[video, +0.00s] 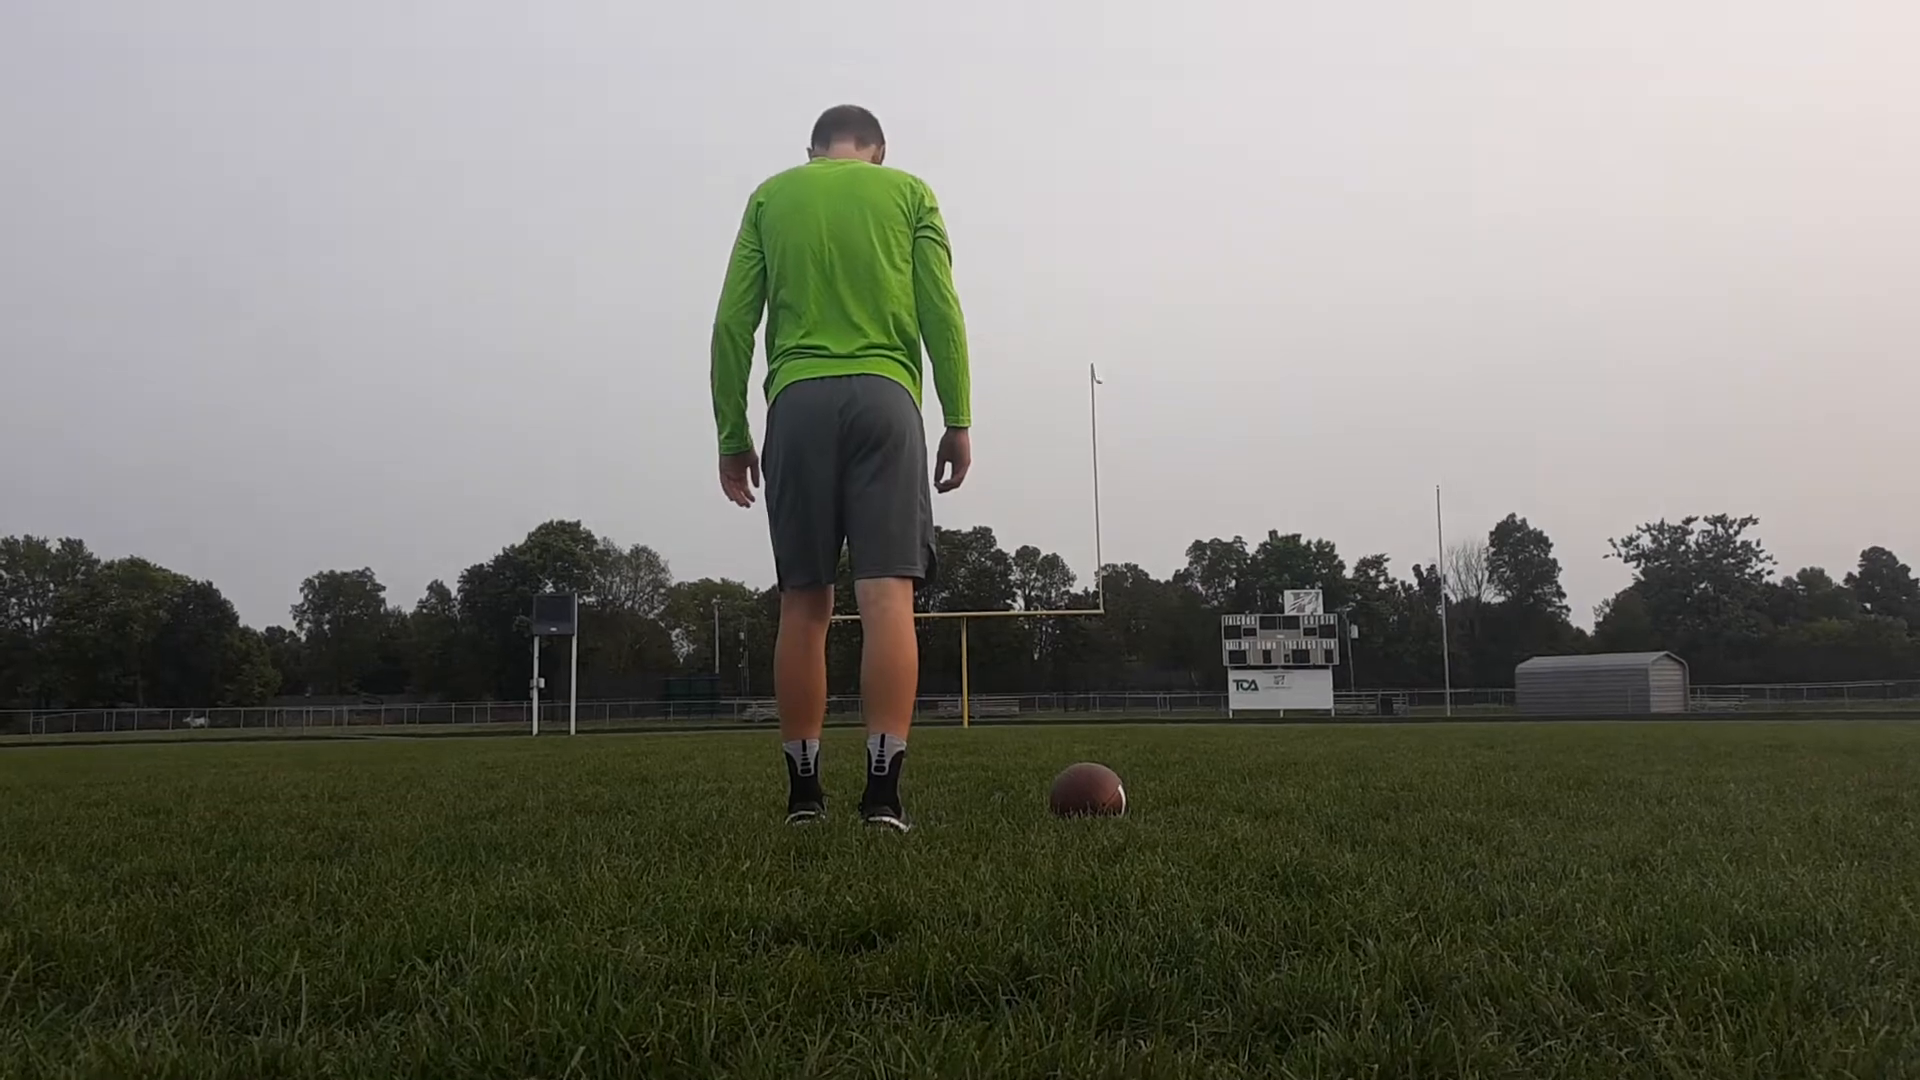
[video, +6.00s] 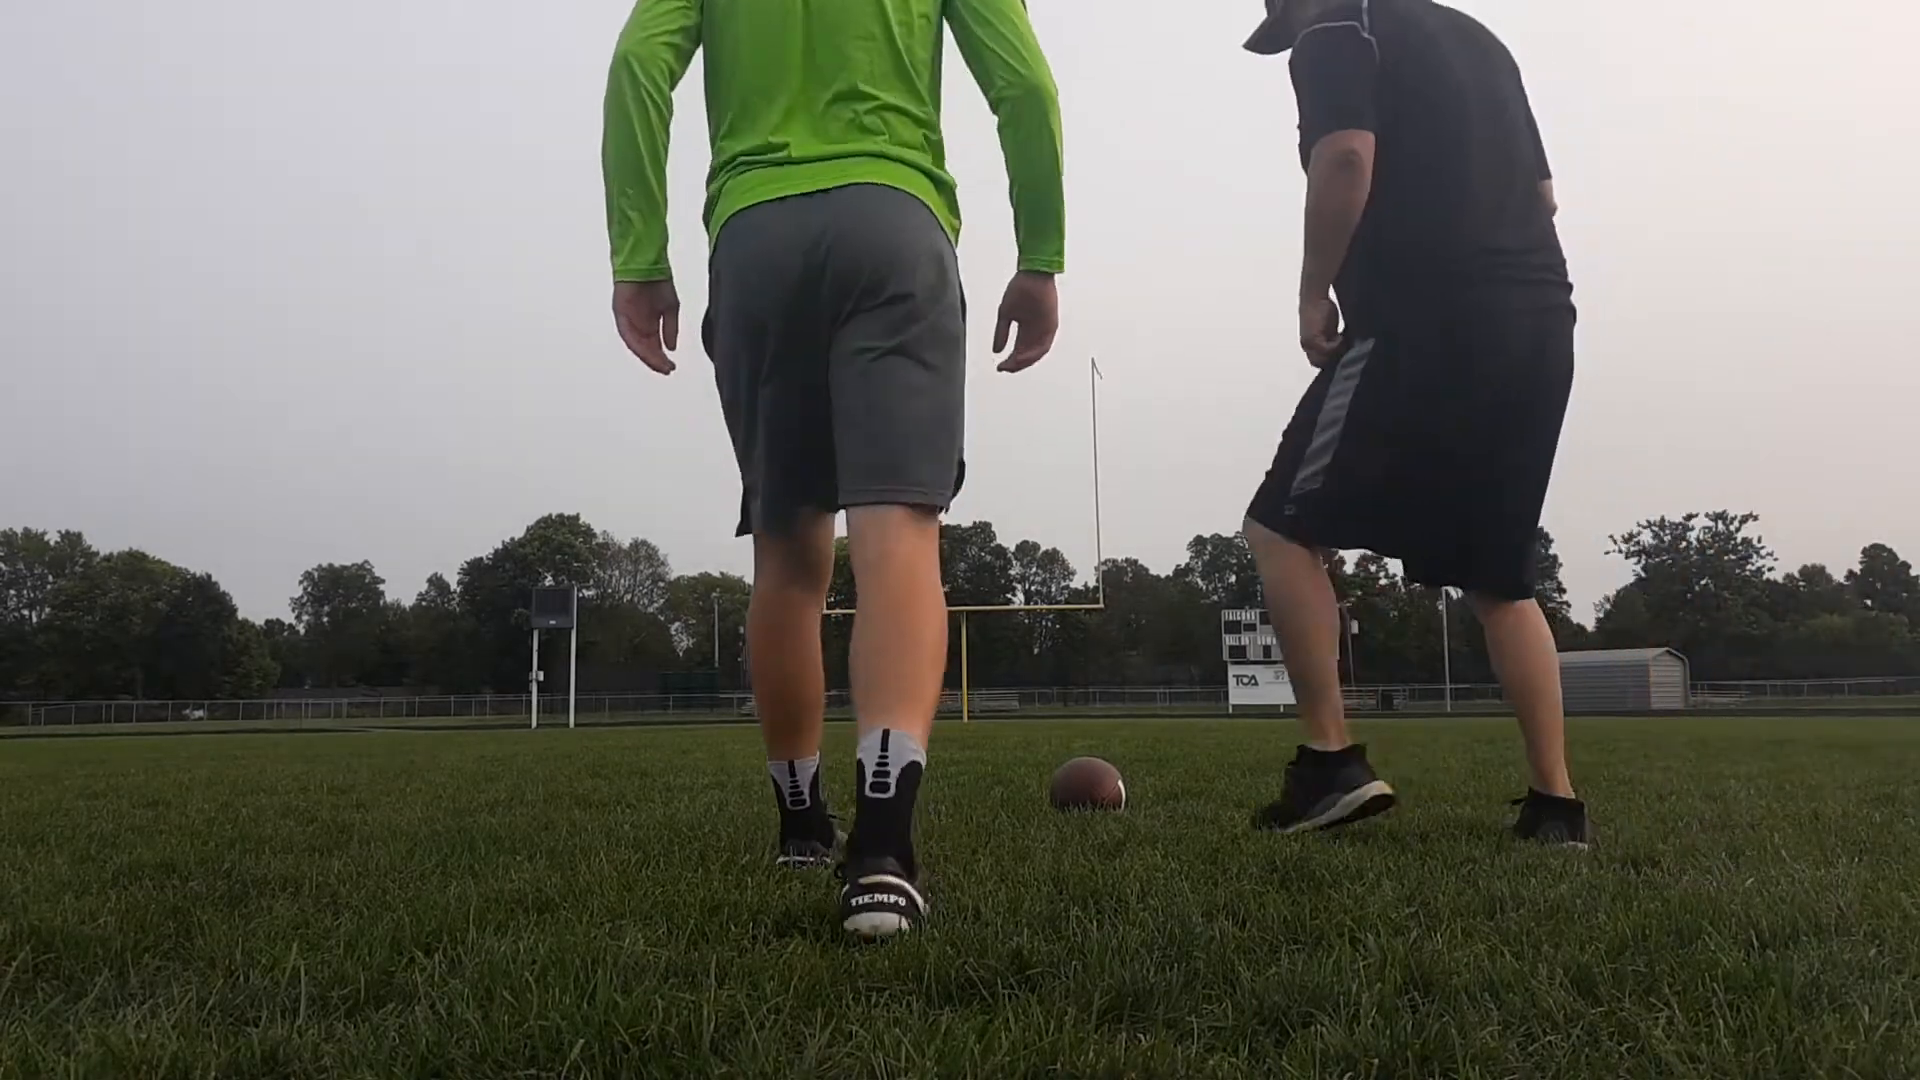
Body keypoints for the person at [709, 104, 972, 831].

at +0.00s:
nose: (874, 164)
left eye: (863, 155)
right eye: (877, 154)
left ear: (812, 149)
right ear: (875, 148)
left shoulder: (769, 196)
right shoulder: (907, 190)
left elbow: (732, 320)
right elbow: (939, 304)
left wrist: (731, 434)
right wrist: (958, 419)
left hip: (798, 401)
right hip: (884, 397)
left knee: (803, 602)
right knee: (886, 596)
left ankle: (804, 794)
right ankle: (883, 797)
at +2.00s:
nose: (894, 164)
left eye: (886, 155)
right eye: (896, 154)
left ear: (827, 142)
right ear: (891, 146)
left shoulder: (780, 186)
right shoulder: (914, 187)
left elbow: (743, 310)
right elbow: (937, 306)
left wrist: (743, 428)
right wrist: (950, 424)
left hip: (798, 396)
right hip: (885, 394)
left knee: (803, 591)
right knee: (886, 589)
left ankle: (803, 784)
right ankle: (882, 787)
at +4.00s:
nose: (910, 170)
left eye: (905, 161)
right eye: (912, 160)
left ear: (843, 141)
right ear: (906, 148)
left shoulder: (792, 184)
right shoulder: (927, 191)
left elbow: (751, 310)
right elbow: (947, 313)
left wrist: (751, 426)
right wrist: (957, 427)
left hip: (807, 397)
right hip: (893, 397)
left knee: (806, 593)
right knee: (889, 591)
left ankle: (805, 787)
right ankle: (882, 792)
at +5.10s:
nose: (888, 78)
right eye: (893, 66)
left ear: (817, 58)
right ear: (893, 59)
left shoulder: (768, 113)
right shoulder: (934, 118)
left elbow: (712, 263)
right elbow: (980, 250)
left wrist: (733, 386)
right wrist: (995, 380)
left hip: (793, 357)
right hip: (896, 365)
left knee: (801, 584)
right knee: (893, 593)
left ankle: (805, 809)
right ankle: (886, 795)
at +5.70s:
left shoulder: (714, 7)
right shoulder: (921, 6)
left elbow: (654, 137)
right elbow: (959, 107)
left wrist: (658, 310)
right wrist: (985, 276)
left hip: (759, 270)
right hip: (879, 268)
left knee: (787, 548)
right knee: (907, 536)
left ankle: (803, 825)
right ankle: (884, 731)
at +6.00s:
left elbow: (637, 60)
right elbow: (1027, 83)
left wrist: (639, 260)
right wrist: (1038, 262)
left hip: (755, 225)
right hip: (894, 214)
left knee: (788, 555)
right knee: (898, 536)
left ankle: (802, 829)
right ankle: (884, 853)